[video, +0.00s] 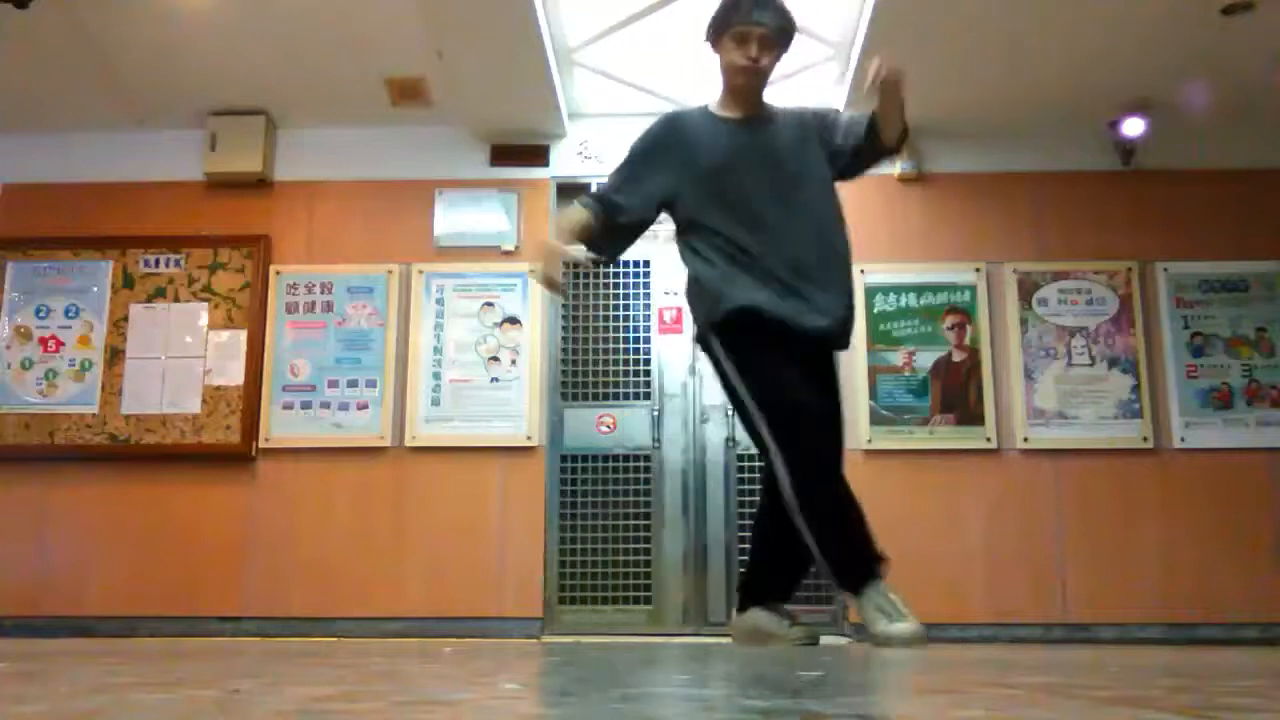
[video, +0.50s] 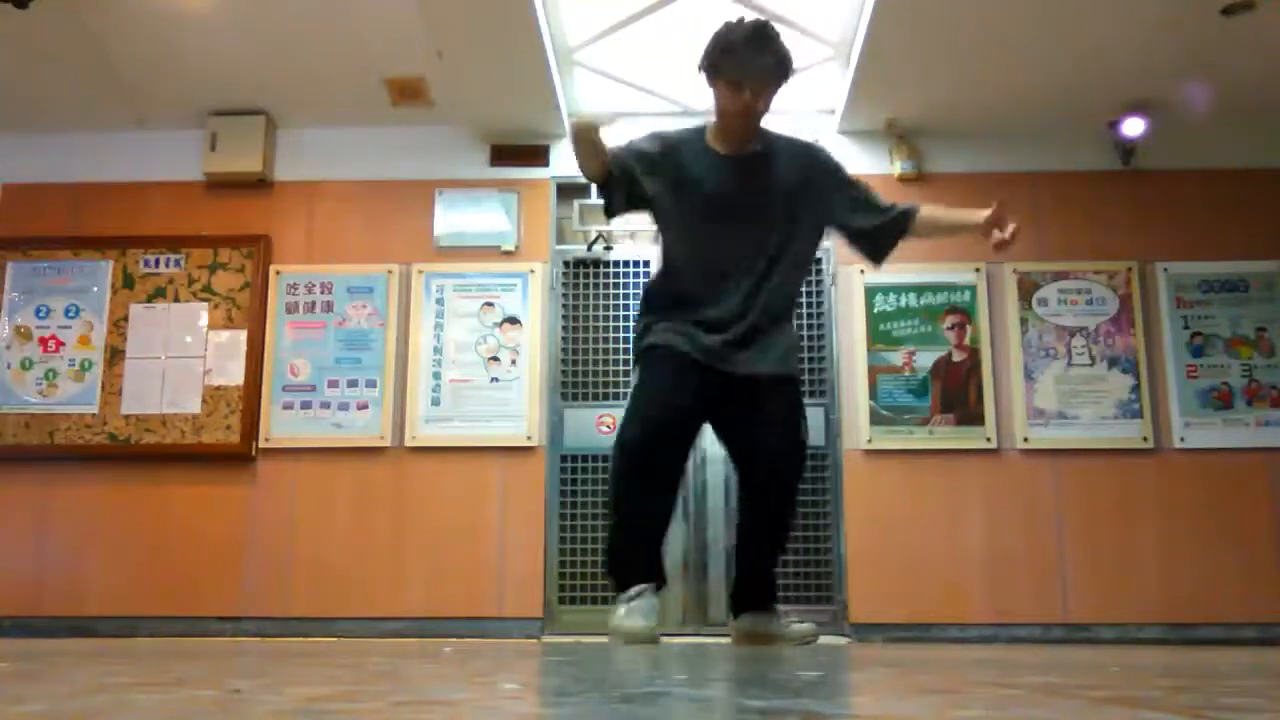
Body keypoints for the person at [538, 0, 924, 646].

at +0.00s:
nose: (754, 55)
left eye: (766, 45)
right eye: (741, 41)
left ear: (780, 54)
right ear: (716, 46)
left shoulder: (807, 130)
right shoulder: (681, 134)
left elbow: (880, 140)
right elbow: (611, 212)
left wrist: (888, 99)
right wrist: (561, 237)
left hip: (811, 315)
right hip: (735, 312)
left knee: (809, 452)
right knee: (797, 441)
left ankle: (760, 606)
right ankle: (867, 586)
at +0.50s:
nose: (749, 102)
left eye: (762, 88)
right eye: (737, 86)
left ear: (776, 90)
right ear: (711, 82)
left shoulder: (805, 166)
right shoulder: (671, 155)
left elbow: (887, 219)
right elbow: (603, 174)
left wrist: (978, 221)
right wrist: (585, 135)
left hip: (762, 350)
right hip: (679, 343)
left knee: (776, 467)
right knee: (644, 446)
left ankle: (753, 610)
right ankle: (638, 590)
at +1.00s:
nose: (736, 147)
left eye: (750, 134)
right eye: (726, 131)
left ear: (773, 123)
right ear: (708, 117)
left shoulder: (807, 178)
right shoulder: (676, 175)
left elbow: (863, 247)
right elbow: (612, 228)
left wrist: (932, 305)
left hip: (775, 362)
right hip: (692, 355)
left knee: (778, 484)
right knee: (626, 458)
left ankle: (756, 609)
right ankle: (565, 586)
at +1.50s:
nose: (793, 114)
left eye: (804, 102)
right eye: (783, 100)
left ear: (819, 95)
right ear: (756, 86)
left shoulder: (813, 139)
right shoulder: (695, 156)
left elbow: (789, 215)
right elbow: (616, 228)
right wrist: (582, 301)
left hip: (775, 322)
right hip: (705, 329)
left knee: (784, 456)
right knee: (729, 458)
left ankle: (764, 596)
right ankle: (725, 602)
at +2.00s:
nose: (806, 23)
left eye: (809, 13)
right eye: (802, 9)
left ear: (780, 12)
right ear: (767, 2)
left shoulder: (754, 82)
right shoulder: (716, 52)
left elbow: (733, 185)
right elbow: (627, 111)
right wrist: (605, 197)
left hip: (729, 280)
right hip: (674, 273)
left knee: (753, 428)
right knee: (692, 427)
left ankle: (735, 589)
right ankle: (652, 576)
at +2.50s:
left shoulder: (725, 10)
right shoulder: (580, 30)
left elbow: (811, 93)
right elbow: (531, 139)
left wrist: (835, 193)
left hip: (704, 214)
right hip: (620, 225)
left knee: (684, 375)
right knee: (614, 396)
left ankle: (690, 563)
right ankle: (677, 565)